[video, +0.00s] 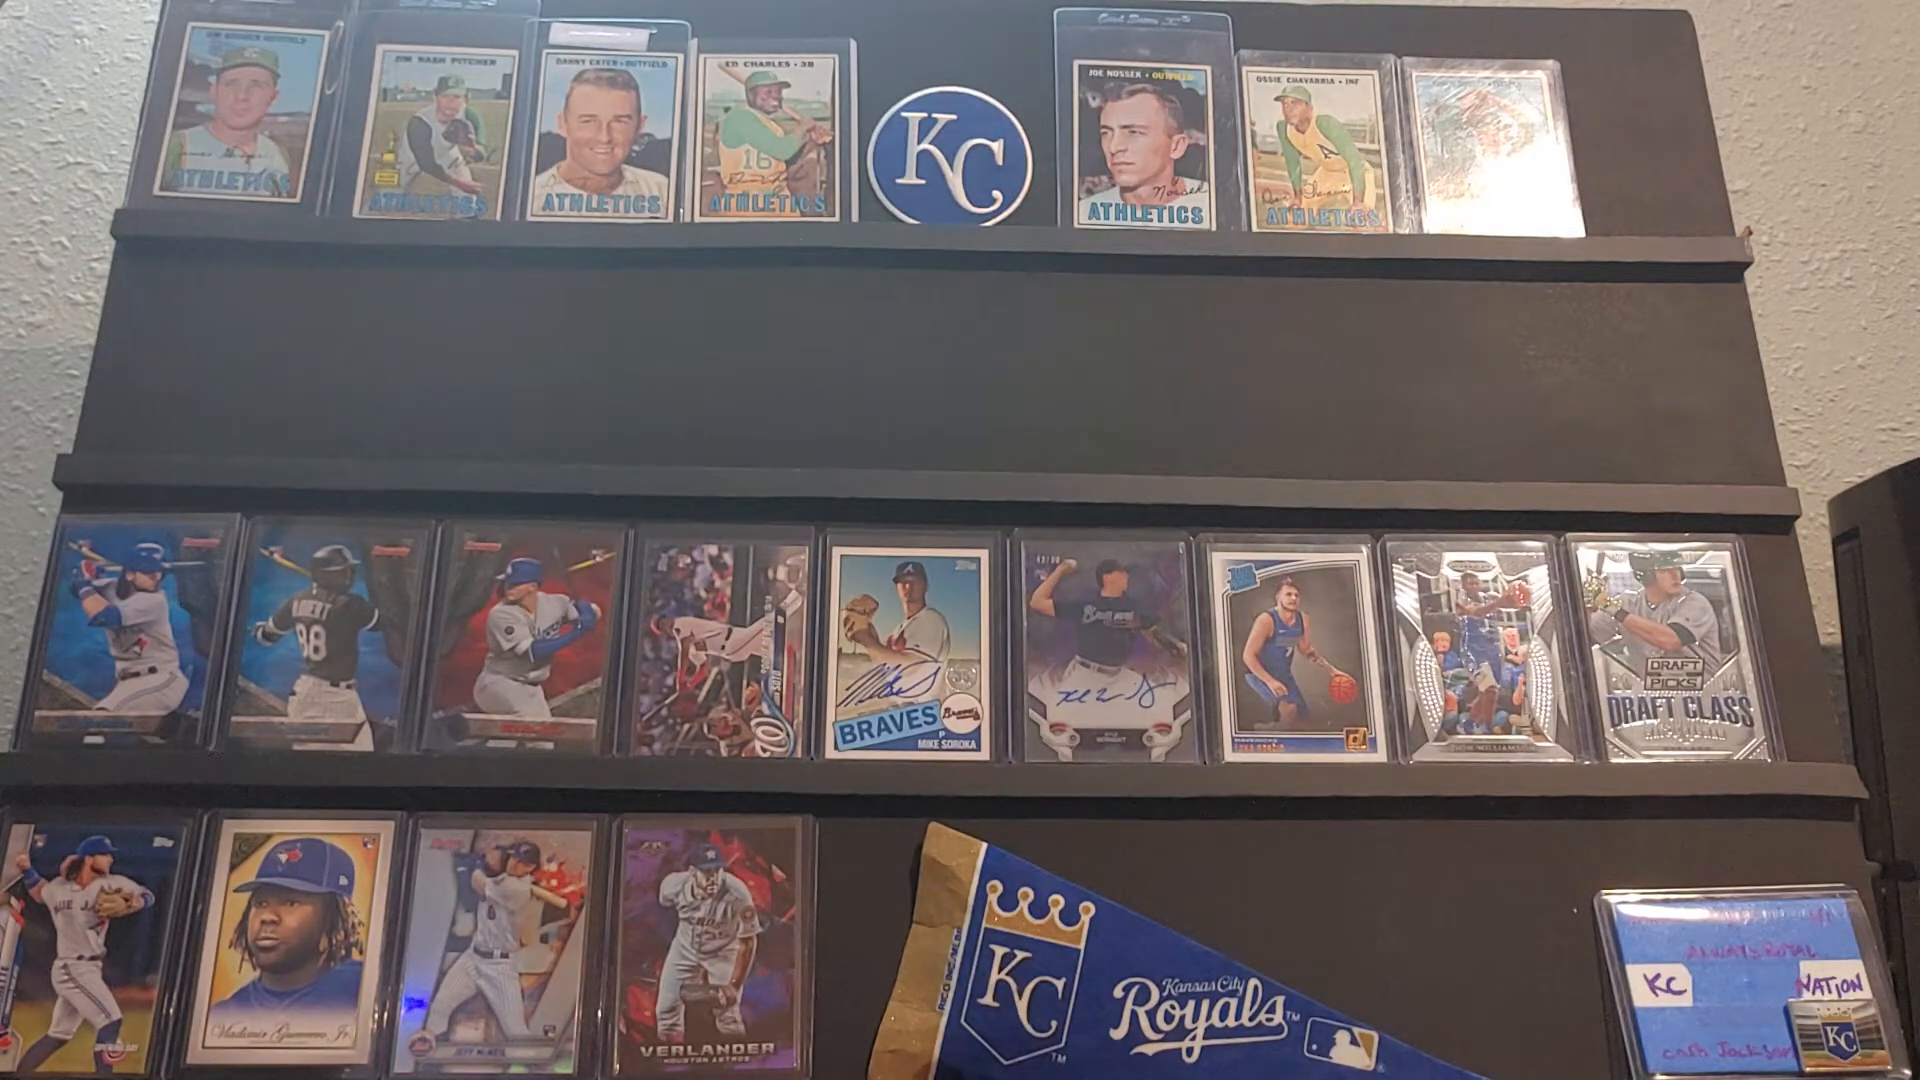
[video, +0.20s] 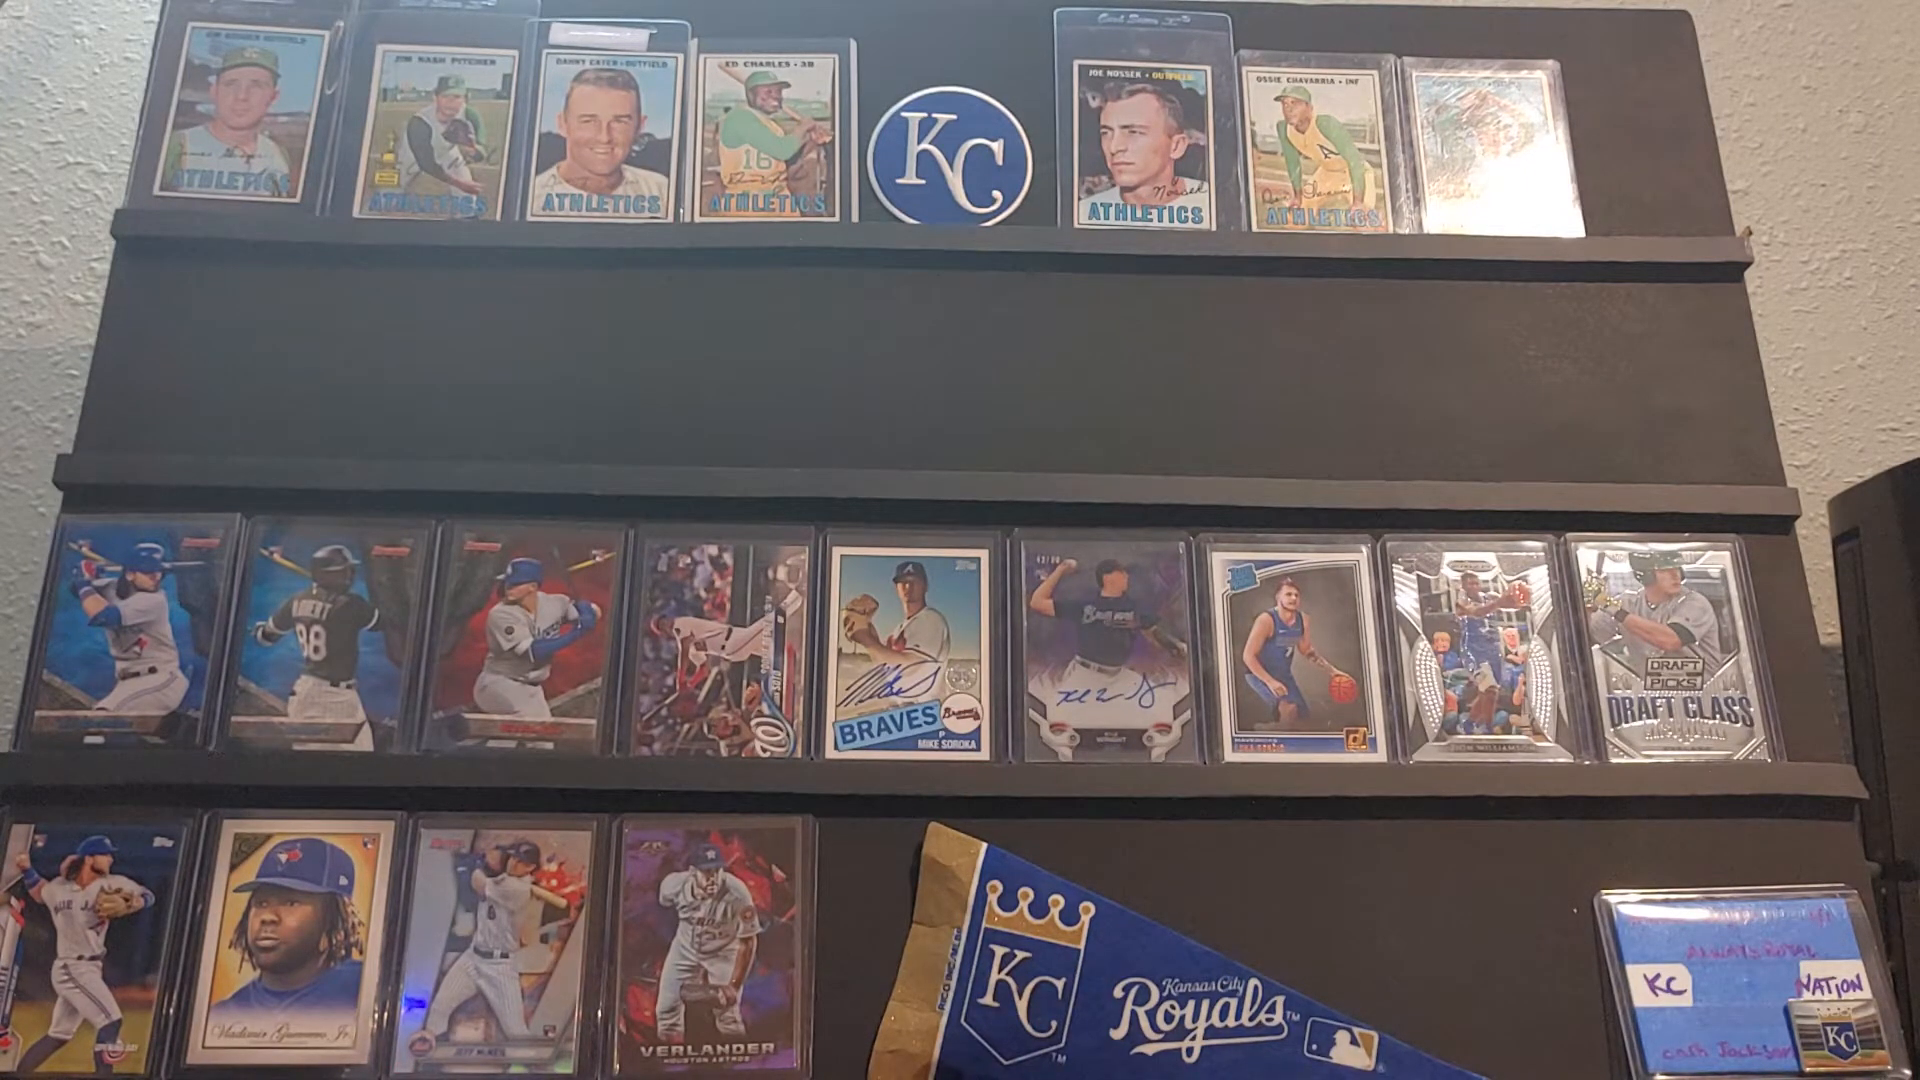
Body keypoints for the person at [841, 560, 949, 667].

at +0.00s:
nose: (907, 587)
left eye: (913, 582)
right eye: (902, 582)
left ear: (925, 586)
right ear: (896, 587)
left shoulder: (931, 619)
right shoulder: (901, 627)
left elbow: (910, 660)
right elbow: (881, 660)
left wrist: (865, 639)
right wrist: (864, 623)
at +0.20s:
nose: (907, 587)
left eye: (913, 582)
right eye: (902, 582)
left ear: (925, 586)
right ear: (896, 588)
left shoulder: (930, 619)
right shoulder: (902, 627)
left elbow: (911, 662)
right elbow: (882, 660)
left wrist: (866, 639)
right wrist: (865, 625)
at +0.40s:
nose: (907, 587)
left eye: (913, 582)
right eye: (902, 582)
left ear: (924, 586)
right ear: (896, 588)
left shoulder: (930, 619)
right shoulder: (902, 627)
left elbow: (911, 662)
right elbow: (882, 660)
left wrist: (866, 639)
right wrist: (865, 625)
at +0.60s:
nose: (907, 587)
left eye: (913, 581)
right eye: (902, 582)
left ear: (924, 586)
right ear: (896, 588)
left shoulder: (931, 619)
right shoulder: (901, 627)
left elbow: (910, 661)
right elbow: (881, 661)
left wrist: (865, 639)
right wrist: (865, 624)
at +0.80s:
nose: (907, 587)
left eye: (913, 582)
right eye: (902, 582)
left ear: (924, 586)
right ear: (896, 587)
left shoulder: (930, 619)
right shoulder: (901, 627)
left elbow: (911, 662)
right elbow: (882, 661)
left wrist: (866, 639)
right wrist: (865, 625)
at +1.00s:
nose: (907, 587)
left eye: (913, 582)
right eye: (902, 582)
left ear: (924, 586)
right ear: (896, 587)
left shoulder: (930, 619)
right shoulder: (901, 627)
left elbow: (911, 662)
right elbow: (882, 661)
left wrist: (866, 639)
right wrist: (865, 625)